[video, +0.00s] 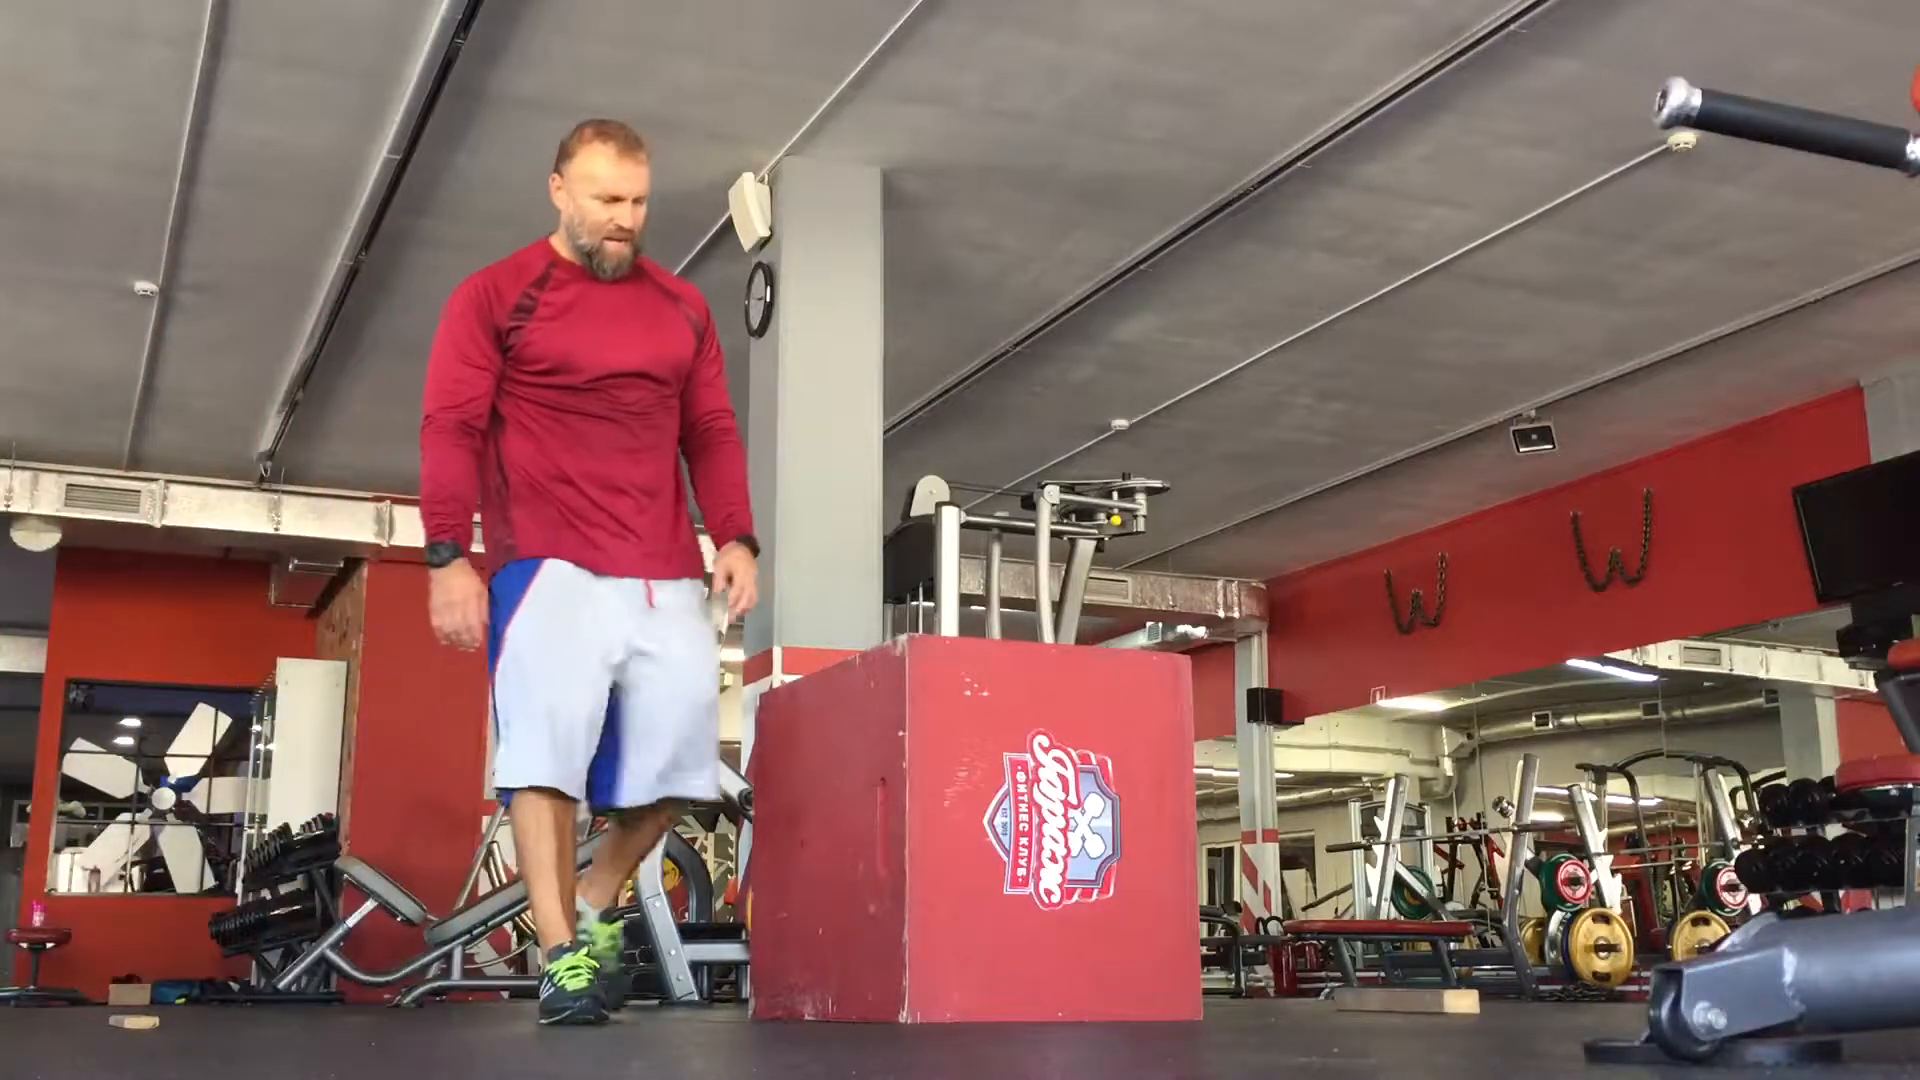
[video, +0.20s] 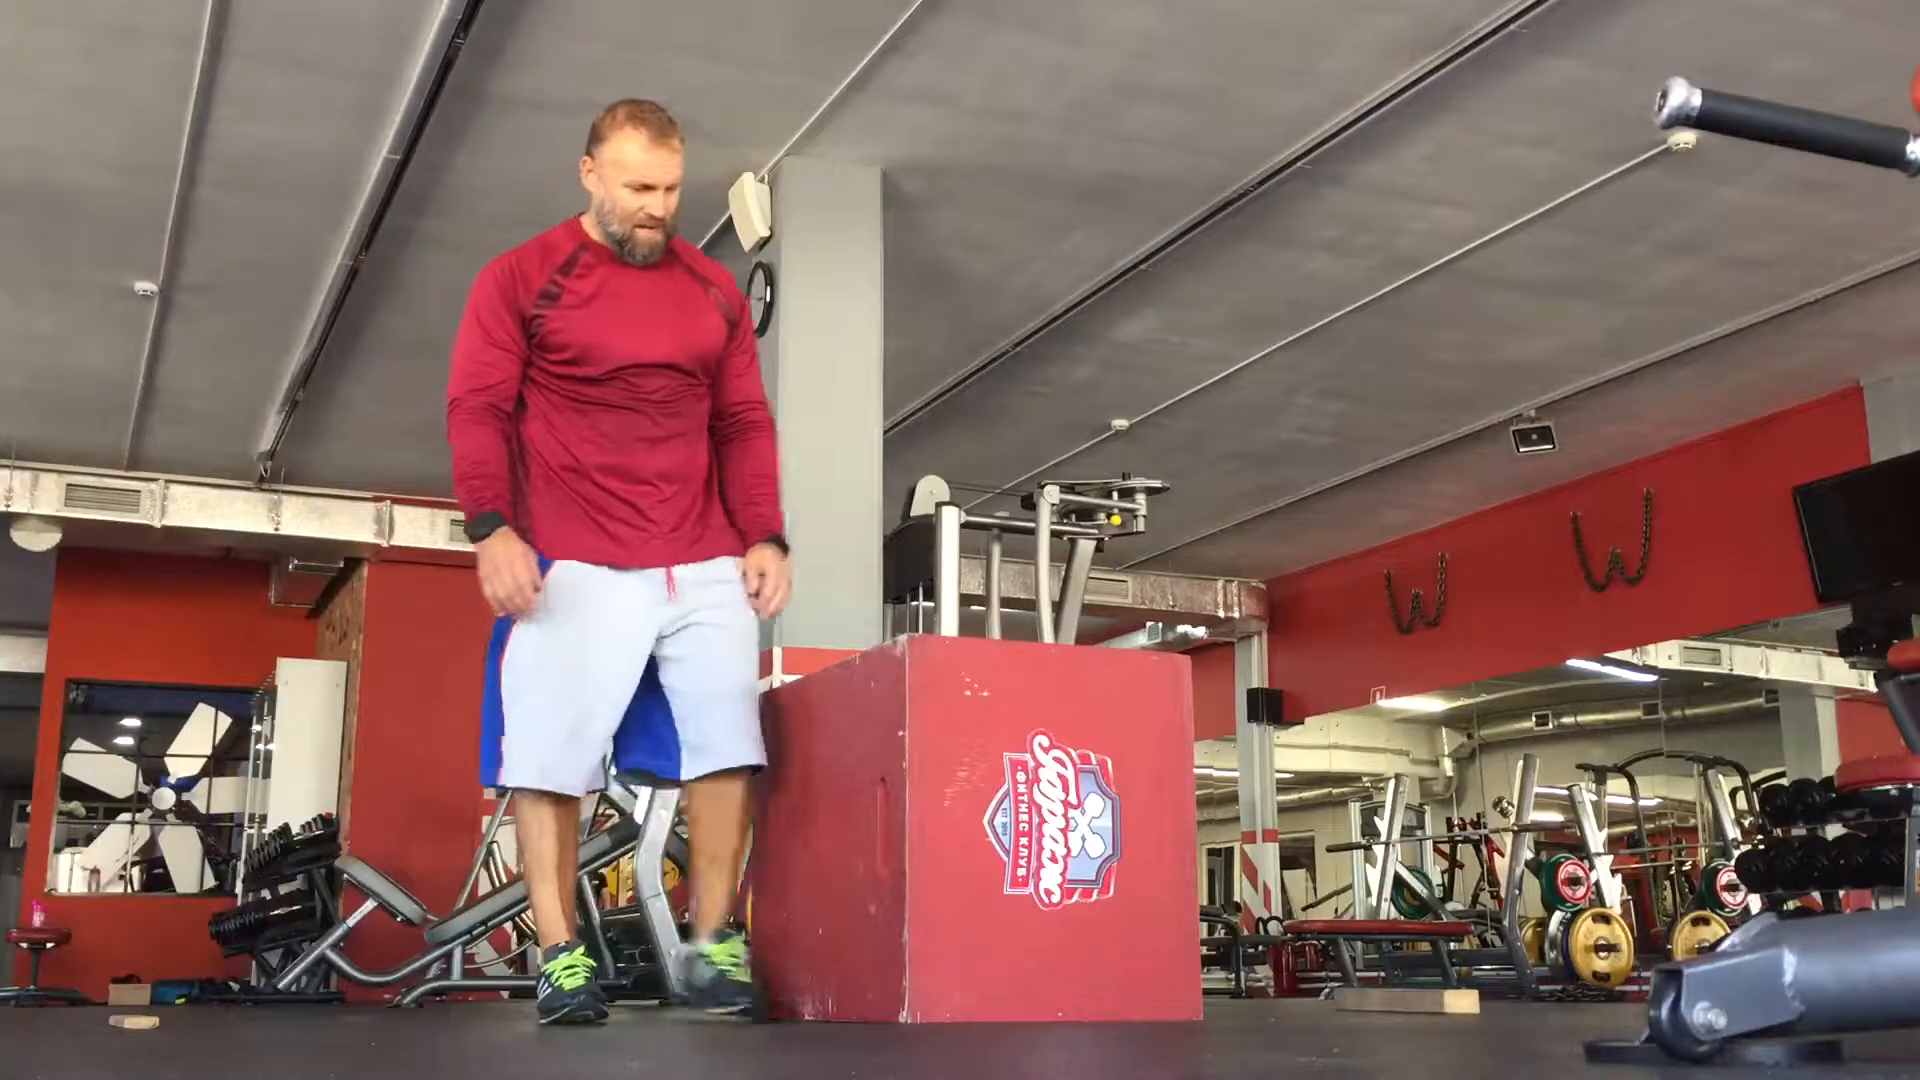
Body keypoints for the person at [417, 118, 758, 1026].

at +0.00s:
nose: (627, 218)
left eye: (639, 201)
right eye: (608, 199)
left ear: (651, 200)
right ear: (559, 190)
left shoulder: (682, 306)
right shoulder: (496, 297)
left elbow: (712, 432)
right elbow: (452, 427)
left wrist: (733, 538)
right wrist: (449, 555)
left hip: (666, 575)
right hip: (551, 568)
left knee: (680, 746)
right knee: (544, 749)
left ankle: (598, 892)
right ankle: (557, 951)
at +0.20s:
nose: (658, 206)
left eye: (671, 188)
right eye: (639, 185)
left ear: (685, 184)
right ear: (590, 174)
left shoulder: (714, 291)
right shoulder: (520, 280)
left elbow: (745, 424)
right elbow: (477, 407)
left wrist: (765, 535)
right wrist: (490, 526)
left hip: (703, 561)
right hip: (573, 562)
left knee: (725, 741)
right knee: (548, 753)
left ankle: (712, 948)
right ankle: (560, 954)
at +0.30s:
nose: (687, 205)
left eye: (700, 186)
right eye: (668, 186)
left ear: (713, 178)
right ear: (617, 169)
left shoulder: (740, 287)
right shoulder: (542, 272)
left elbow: (774, 423)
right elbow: (493, 399)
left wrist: (799, 540)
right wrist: (502, 519)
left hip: (714, 566)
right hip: (581, 563)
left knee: (739, 748)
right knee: (549, 751)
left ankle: (772, 949)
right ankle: (561, 955)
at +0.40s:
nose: (718, 205)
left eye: (732, 187)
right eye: (700, 186)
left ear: (748, 177)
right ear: (653, 169)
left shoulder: (775, 293)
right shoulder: (572, 268)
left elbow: (807, 428)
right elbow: (518, 392)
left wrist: (833, 542)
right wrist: (508, 516)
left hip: (732, 561)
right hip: (596, 556)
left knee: (751, 740)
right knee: (560, 747)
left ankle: (778, 955)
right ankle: (562, 956)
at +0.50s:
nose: (754, 203)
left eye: (770, 186)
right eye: (737, 183)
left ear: (788, 178)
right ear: (692, 165)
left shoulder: (815, 298)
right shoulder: (612, 256)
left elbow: (842, 435)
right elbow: (552, 382)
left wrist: (865, 553)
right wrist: (518, 506)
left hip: (752, 553)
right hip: (613, 543)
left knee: (768, 739)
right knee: (581, 741)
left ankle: (781, 957)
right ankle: (565, 955)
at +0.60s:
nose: (794, 201)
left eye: (810, 186)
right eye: (777, 182)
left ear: (829, 179)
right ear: (733, 160)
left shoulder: (851, 301)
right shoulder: (646, 244)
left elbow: (871, 440)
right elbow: (578, 365)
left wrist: (888, 563)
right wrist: (536, 488)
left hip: (769, 551)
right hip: (633, 534)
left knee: (782, 746)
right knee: (597, 741)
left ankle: (780, 960)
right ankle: (574, 951)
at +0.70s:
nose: (826, 203)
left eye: (846, 186)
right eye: (810, 181)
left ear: (866, 179)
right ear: (766, 155)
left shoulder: (877, 300)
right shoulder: (675, 230)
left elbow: (891, 444)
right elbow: (599, 349)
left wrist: (894, 573)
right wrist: (554, 474)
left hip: (783, 550)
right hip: (649, 529)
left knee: (784, 749)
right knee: (611, 738)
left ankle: (784, 959)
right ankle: (591, 952)